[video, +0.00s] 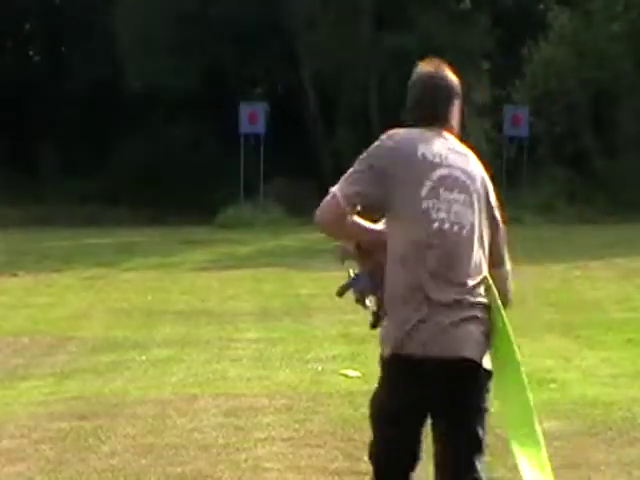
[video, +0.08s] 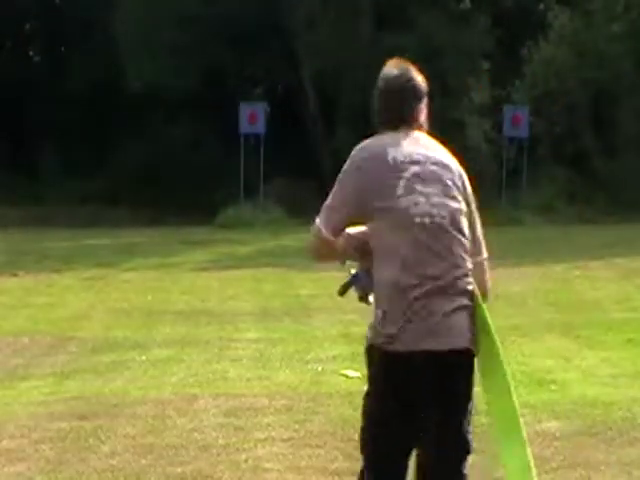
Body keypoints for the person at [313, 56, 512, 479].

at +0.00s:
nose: (461, 112)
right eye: (459, 105)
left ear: (410, 107)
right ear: (455, 110)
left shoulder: (393, 149)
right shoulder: (474, 168)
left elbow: (329, 215)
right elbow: (498, 269)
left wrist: (375, 236)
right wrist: (495, 319)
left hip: (407, 353)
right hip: (466, 354)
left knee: (391, 466)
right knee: (460, 468)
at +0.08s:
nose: (427, 112)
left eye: (423, 104)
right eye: (426, 105)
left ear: (379, 110)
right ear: (422, 110)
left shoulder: (368, 156)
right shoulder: (448, 162)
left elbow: (322, 244)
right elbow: (477, 257)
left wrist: (362, 242)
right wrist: (479, 302)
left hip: (396, 346)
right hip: (454, 344)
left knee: (383, 461)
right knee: (446, 459)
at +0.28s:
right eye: (400, 94)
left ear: (356, 102)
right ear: (398, 101)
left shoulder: (337, 153)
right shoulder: (423, 153)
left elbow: (325, 251)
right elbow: (462, 246)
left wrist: (362, 233)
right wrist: (437, 225)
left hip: (346, 324)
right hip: (402, 326)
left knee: (360, 443)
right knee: (386, 438)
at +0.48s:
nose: (403, 123)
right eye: (403, 118)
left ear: (361, 118)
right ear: (402, 126)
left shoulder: (338, 155)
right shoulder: (417, 185)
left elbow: (286, 206)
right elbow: (427, 265)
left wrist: (336, 212)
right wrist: (421, 332)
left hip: (337, 328)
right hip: (388, 330)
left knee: (334, 435)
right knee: (380, 441)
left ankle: (329, 472)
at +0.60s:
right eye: (388, 105)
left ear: (350, 110)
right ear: (392, 111)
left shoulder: (335, 154)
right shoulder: (411, 163)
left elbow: (304, 228)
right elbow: (431, 234)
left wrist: (344, 228)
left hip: (344, 314)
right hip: (394, 313)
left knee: (339, 423)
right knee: (381, 427)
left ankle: (336, 472)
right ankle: (366, 467)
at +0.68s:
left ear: (346, 128)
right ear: (385, 125)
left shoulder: (332, 174)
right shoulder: (409, 175)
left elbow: (319, 254)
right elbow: (434, 243)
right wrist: (442, 284)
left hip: (341, 325)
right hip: (393, 324)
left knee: (338, 429)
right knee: (387, 422)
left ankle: (340, 469)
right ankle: (375, 461)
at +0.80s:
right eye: (395, 118)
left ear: (359, 124)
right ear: (397, 124)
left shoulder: (344, 167)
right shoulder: (413, 167)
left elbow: (330, 229)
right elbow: (442, 234)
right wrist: (425, 255)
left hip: (346, 319)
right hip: (396, 319)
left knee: (351, 419)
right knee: (390, 416)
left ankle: (350, 472)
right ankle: (390, 471)